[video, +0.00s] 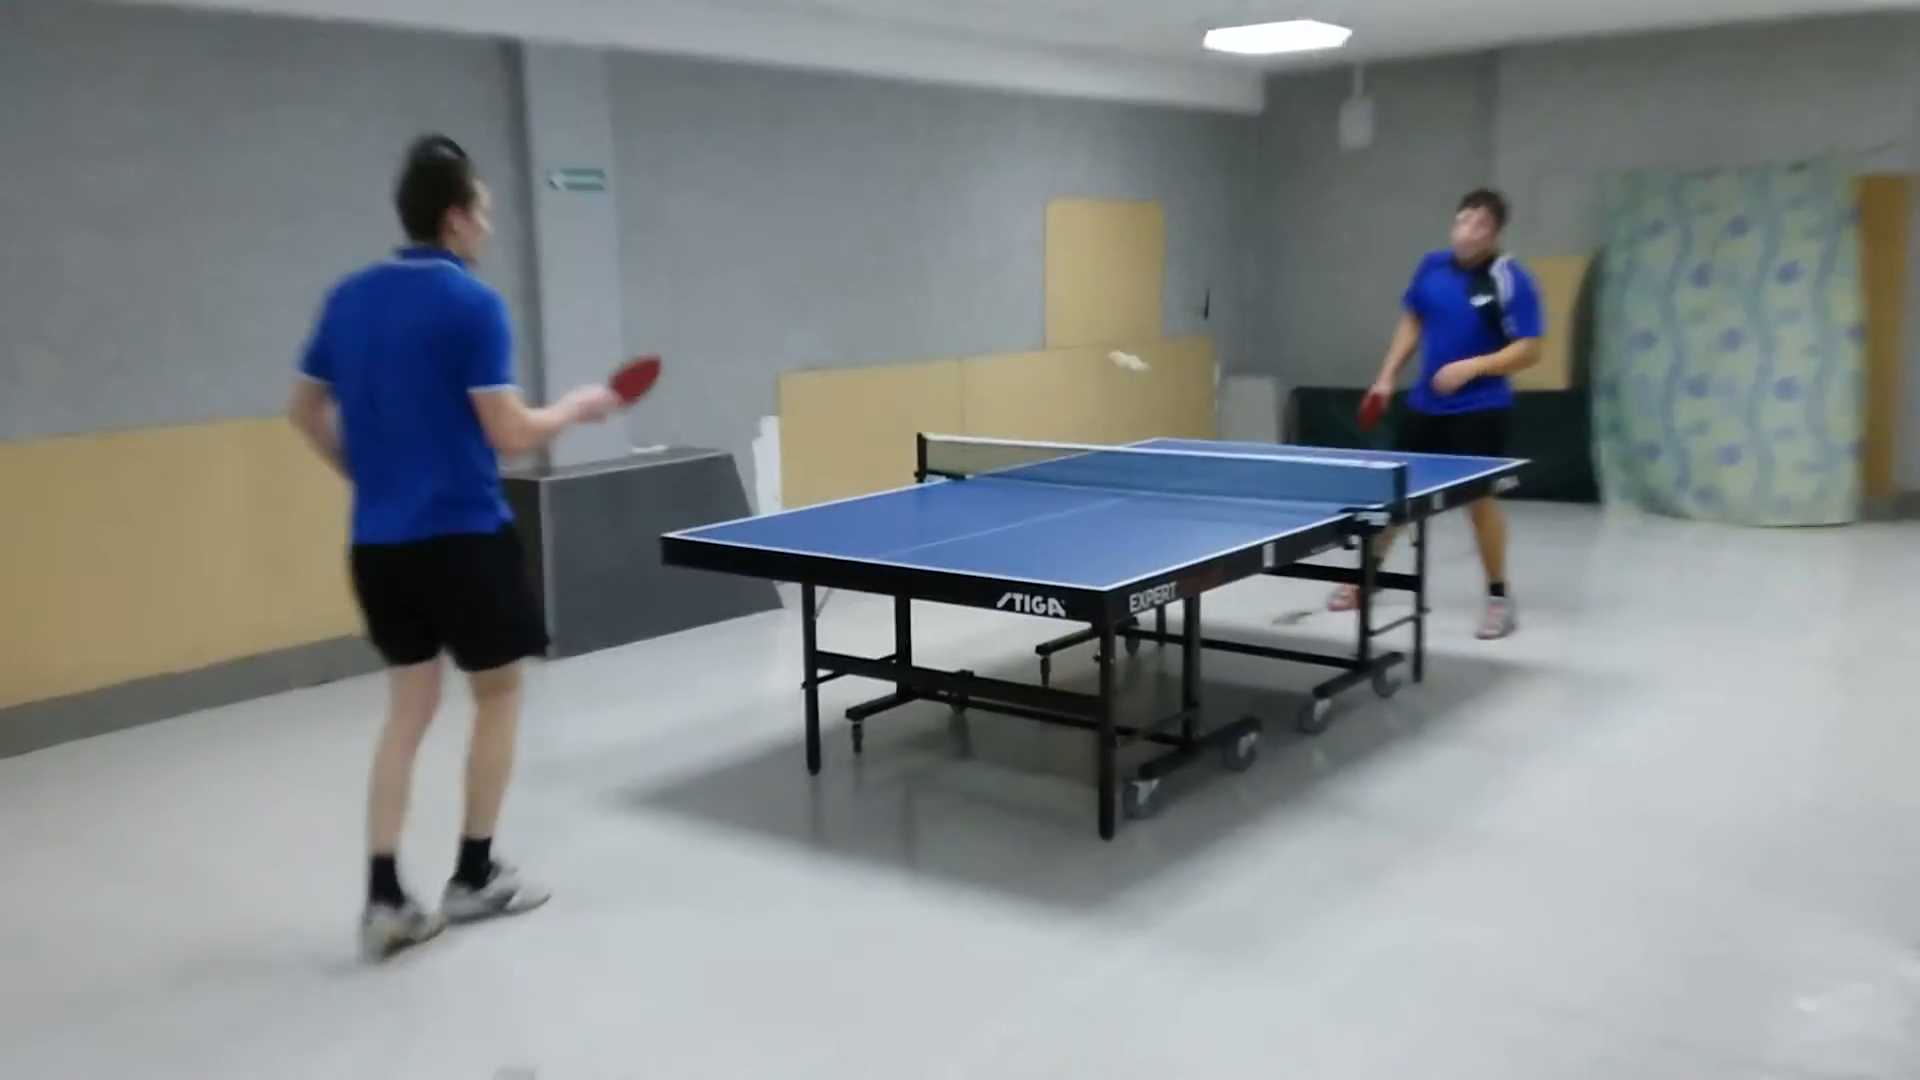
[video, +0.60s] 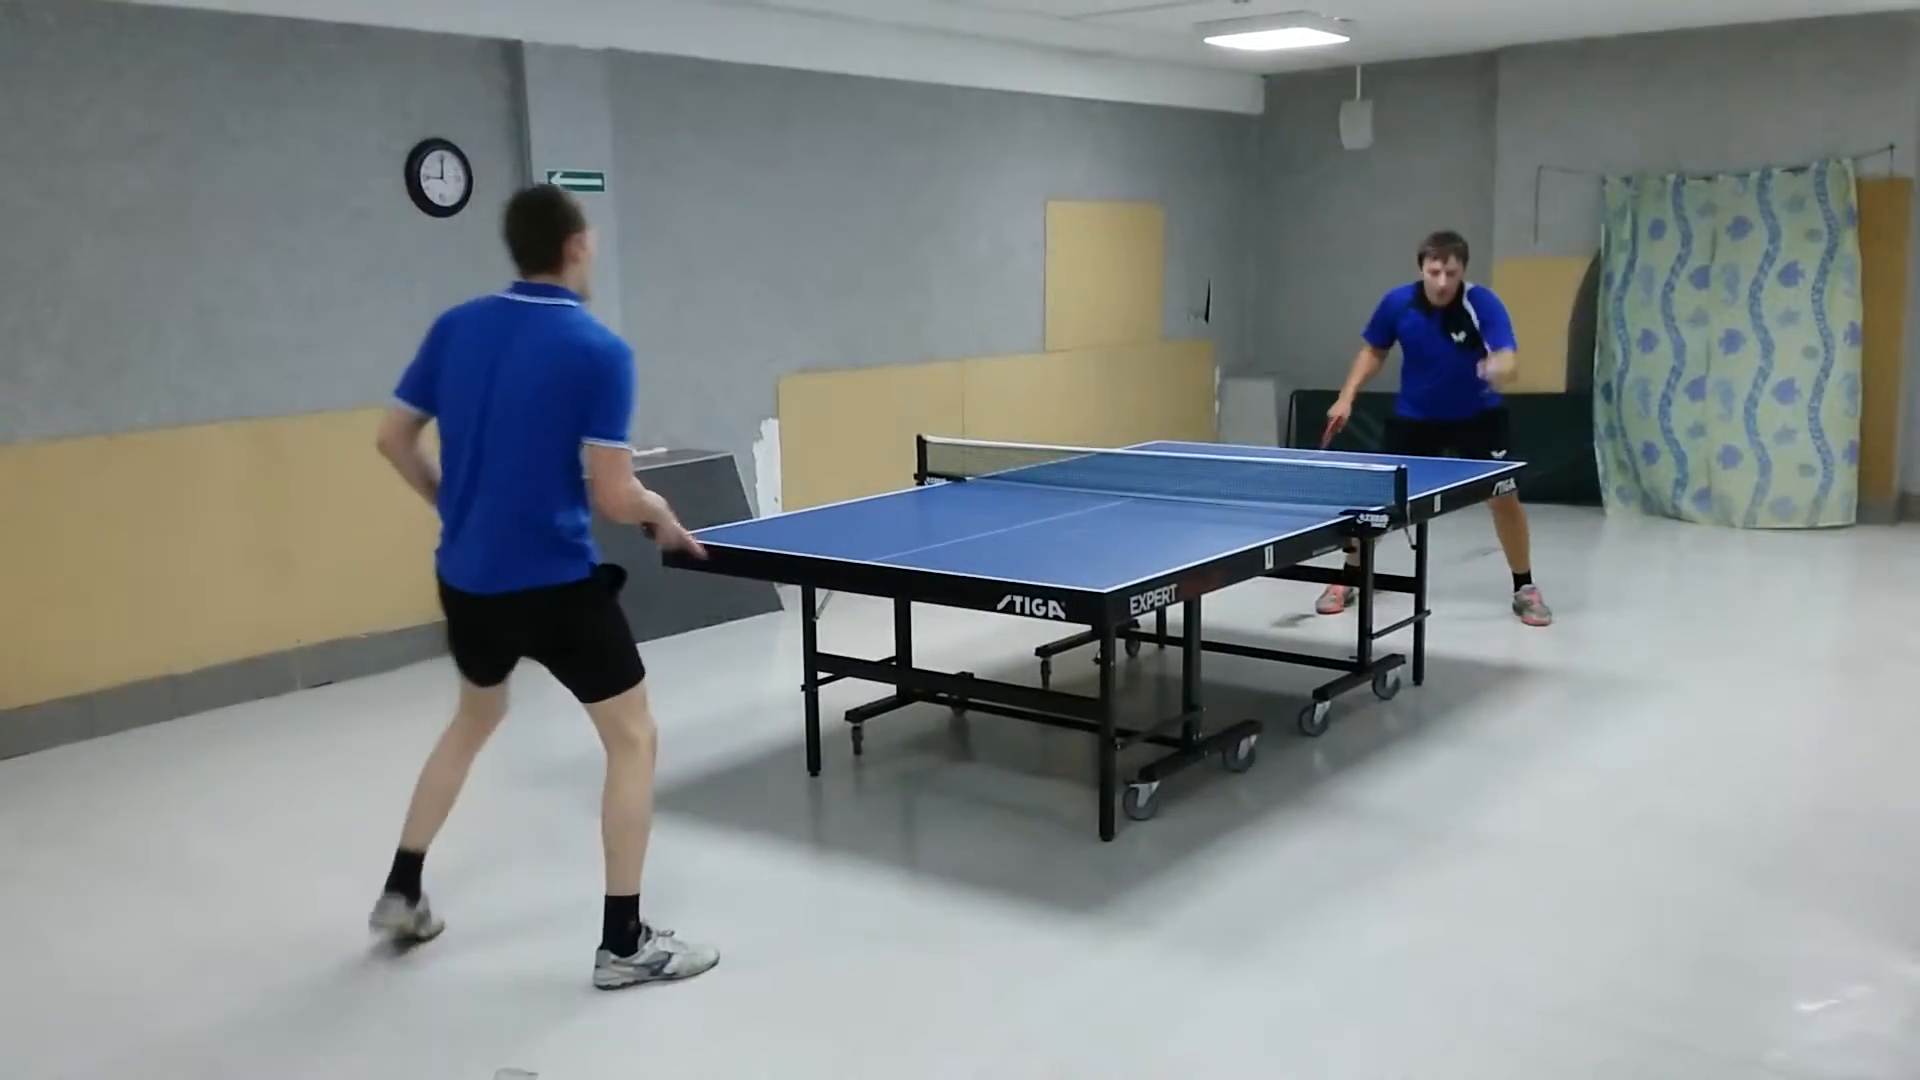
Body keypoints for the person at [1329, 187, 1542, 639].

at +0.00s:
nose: (1466, 230)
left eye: (1479, 225)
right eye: (1462, 221)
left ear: (1495, 235)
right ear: (1453, 225)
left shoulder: (1508, 278)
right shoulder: (1433, 267)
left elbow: (1527, 349)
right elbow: (1411, 322)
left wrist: (1469, 367)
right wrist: (1386, 378)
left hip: (1481, 410)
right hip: (1425, 405)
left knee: (1479, 499)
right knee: (1395, 494)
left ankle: (1497, 597)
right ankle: (1364, 580)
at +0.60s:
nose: (1442, 282)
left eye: (1450, 274)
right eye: (1434, 273)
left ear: (1463, 273)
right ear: (1421, 270)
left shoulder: (1482, 302)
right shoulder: (1398, 304)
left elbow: (1508, 363)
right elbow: (1373, 351)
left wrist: (1494, 368)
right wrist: (1345, 397)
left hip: (1478, 419)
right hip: (1414, 419)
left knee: (1503, 496)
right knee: (1373, 497)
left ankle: (1525, 589)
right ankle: (1347, 580)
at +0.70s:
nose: (1444, 310)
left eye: (1453, 303)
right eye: (1438, 301)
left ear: (1468, 297)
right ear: (1426, 292)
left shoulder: (1486, 321)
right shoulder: (1403, 315)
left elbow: (1506, 388)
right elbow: (1380, 360)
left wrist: (1490, 410)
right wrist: (1356, 405)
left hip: (1477, 421)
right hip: (1418, 420)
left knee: (1509, 493)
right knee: (1374, 492)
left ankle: (1526, 589)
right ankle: (1349, 580)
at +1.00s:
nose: (1432, 367)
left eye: (1443, 362)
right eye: (1429, 357)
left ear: (1458, 358)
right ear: (1419, 342)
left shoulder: (1474, 367)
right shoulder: (1394, 349)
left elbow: (1481, 433)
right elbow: (1344, 376)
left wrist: (1449, 451)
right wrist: (1350, 415)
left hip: (1458, 444)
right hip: (1399, 439)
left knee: (1505, 490)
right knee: (1355, 468)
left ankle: (1525, 589)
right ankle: (1342, 581)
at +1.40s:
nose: (1469, 319)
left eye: (1479, 312)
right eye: (1464, 308)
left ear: (1493, 311)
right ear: (1454, 300)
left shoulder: (1508, 338)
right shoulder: (1435, 317)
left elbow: (1501, 411)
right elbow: (1367, 343)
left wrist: (1473, 423)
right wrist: (1355, 390)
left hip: (1494, 431)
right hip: (1434, 426)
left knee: (1535, 483)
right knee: (1390, 488)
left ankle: (1555, 583)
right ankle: (1376, 575)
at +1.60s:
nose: (1440, 286)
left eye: (1451, 281)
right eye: (1436, 276)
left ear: (1468, 282)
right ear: (1428, 270)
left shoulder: (1486, 305)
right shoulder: (1407, 295)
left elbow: (1490, 373)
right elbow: (1347, 324)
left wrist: (1461, 363)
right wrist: (1328, 359)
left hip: (1463, 422)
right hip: (1404, 418)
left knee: (1486, 492)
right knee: (1359, 493)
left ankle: (1503, 586)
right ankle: (1327, 576)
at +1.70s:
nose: (1425, 280)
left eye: (1436, 275)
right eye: (1421, 270)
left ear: (1453, 279)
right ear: (1414, 265)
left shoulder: (1471, 303)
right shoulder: (1390, 293)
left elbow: (1501, 353)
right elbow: (1347, 336)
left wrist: (1493, 375)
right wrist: (1376, 372)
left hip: (1443, 416)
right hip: (1387, 411)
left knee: (1463, 494)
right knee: (1342, 486)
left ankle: (1479, 589)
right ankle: (1313, 567)